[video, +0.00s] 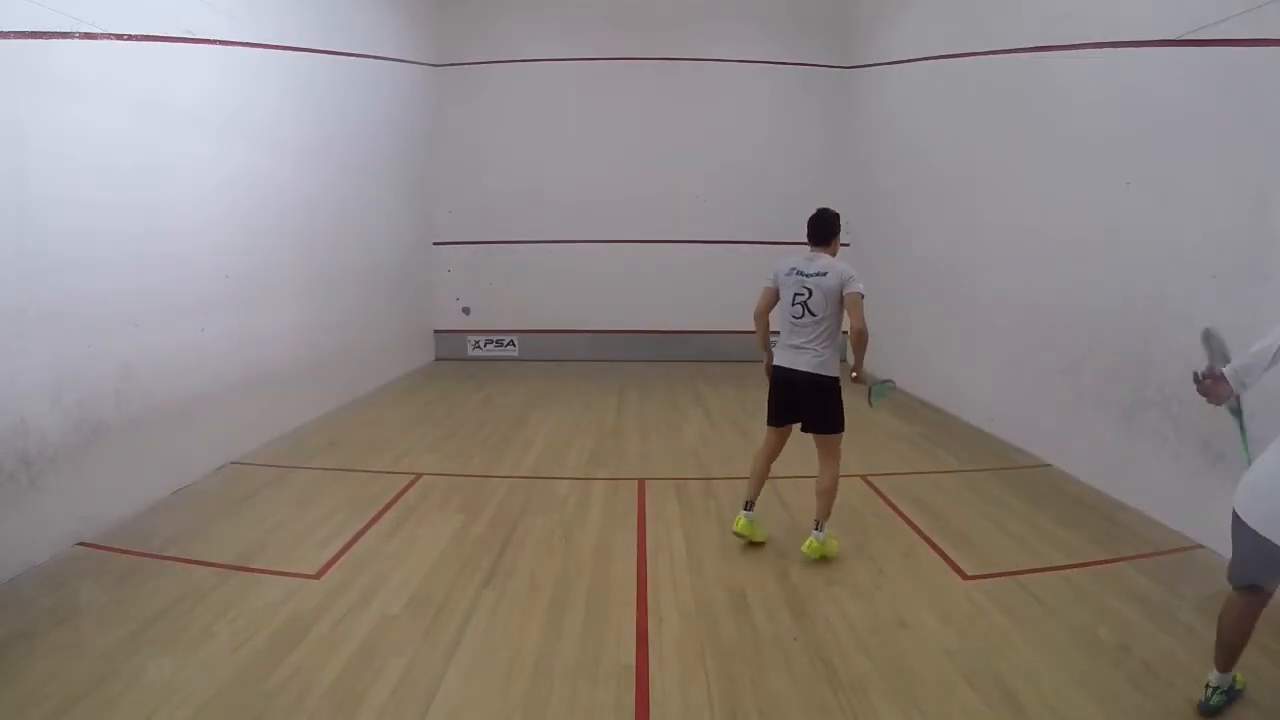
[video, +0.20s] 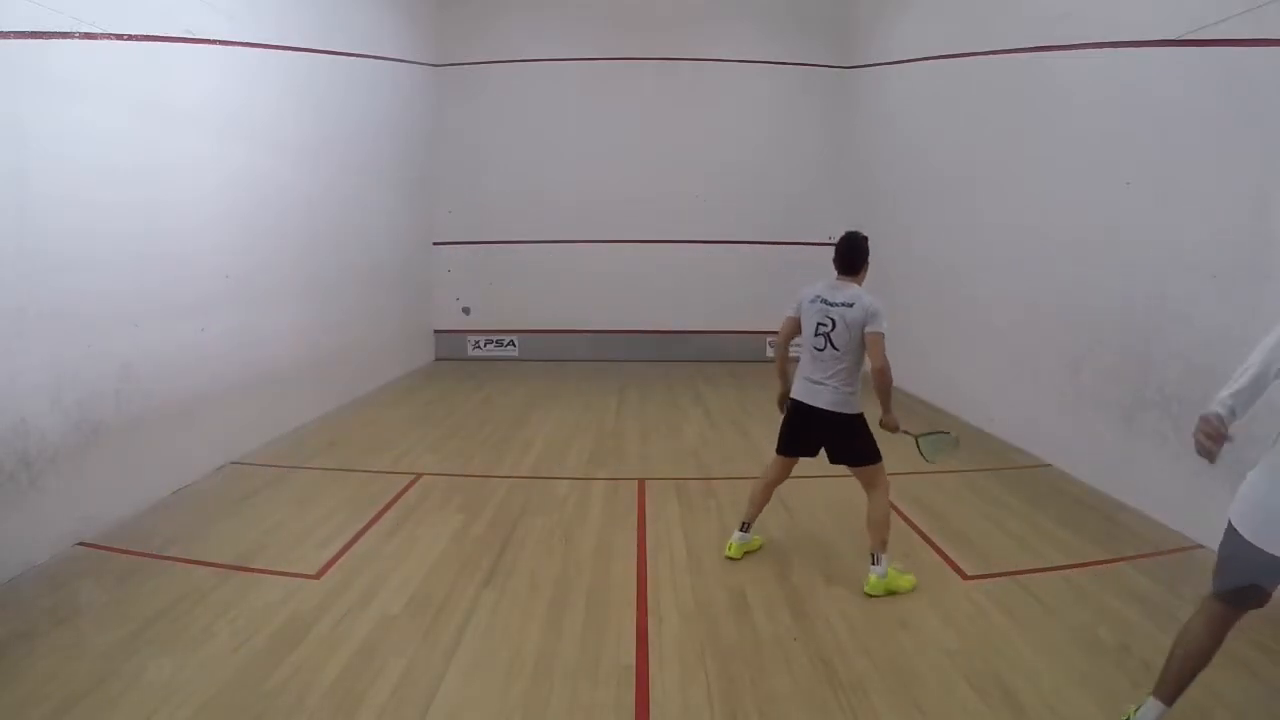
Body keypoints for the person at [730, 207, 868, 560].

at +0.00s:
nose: (841, 241)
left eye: (837, 235)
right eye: (841, 236)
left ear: (808, 236)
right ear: (837, 238)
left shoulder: (787, 268)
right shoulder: (844, 272)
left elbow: (760, 312)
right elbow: (857, 328)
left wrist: (767, 354)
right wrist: (858, 368)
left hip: (783, 374)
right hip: (821, 380)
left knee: (771, 442)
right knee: (829, 458)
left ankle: (745, 514)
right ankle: (818, 535)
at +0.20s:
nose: (867, 266)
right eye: (867, 261)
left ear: (834, 261)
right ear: (865, 265)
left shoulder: (809, 295)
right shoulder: (867, 306)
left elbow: (781, 341)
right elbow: (879, 367)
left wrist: (783, 387)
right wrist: (887, 410)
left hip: (801, 407)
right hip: (842, 415)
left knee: (774, 473)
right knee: (877, 487)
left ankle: (740, 536)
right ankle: (878, 572)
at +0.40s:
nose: (925, 263)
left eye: (920, 256)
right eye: (926, 258)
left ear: (891, 253)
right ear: (922, 260)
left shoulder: (861, 286)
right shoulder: (913, 300)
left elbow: (828, 335)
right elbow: (915, 369)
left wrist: (822, 385)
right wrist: (929, 425)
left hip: (845, 405)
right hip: (886, 413)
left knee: (821, 475)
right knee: (927, 485)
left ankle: (777, 538)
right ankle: (901, 567)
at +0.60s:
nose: (983, 309)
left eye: (984, 301)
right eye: (984, 301)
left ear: (952, 292)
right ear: (975, 298)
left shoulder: (914, 317)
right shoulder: (957, 340)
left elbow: (861, 358)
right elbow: (962, 419)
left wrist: (839, 397)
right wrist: (993, 468)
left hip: (872, 432)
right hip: (912, 442)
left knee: (842, 498)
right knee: (972, 508)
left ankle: (783, 553)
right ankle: (942, 591)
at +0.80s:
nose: (989, 316)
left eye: (993, 309)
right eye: (992, 307)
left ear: (959, 293)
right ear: (982, 300)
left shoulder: (915, 308)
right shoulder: (972, 340)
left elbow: (863, 342)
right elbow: (982, 416)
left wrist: (841, 390)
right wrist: (985, 463)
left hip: (869, 419)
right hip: (914, 433)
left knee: (837, 487)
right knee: (962, 505)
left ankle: (792, 553)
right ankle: (940, 592)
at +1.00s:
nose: (933, 275)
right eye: (939, 271)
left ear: (906, 268)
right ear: (940, 275)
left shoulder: (877, 296)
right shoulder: (945, 327)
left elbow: (833, 333)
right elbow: (943, 400)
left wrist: (804, 381)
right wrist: (920, 430)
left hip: (853, 415)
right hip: (902, 427)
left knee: (823, 486)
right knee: (938, 500)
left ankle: (798, 561)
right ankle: (939, 590)